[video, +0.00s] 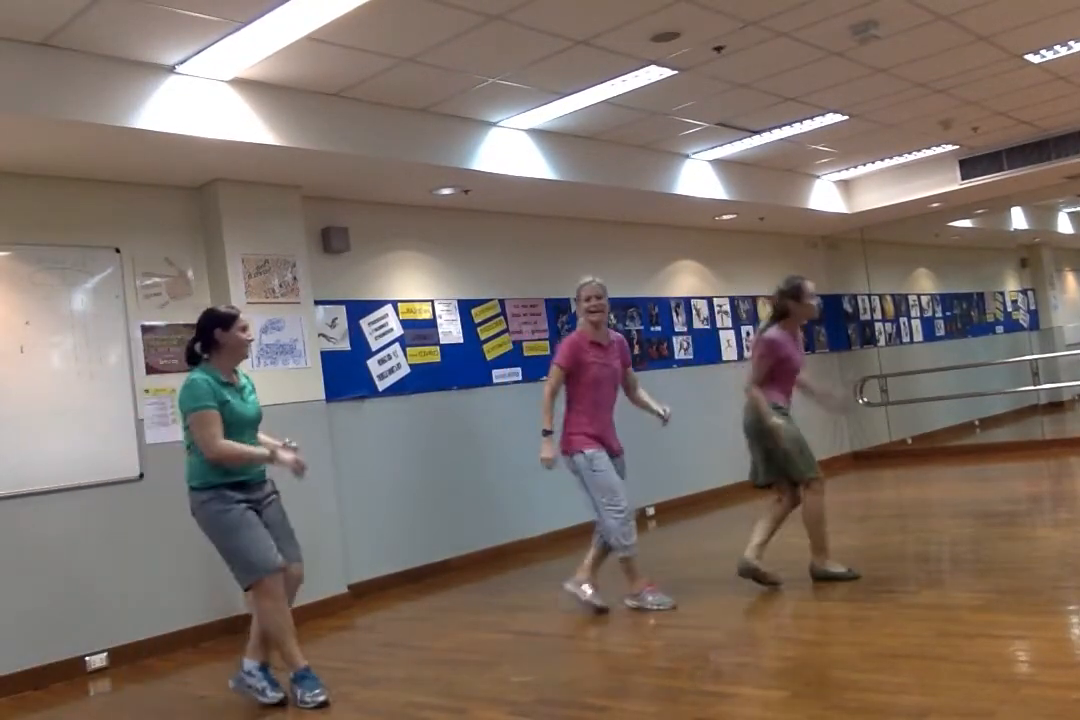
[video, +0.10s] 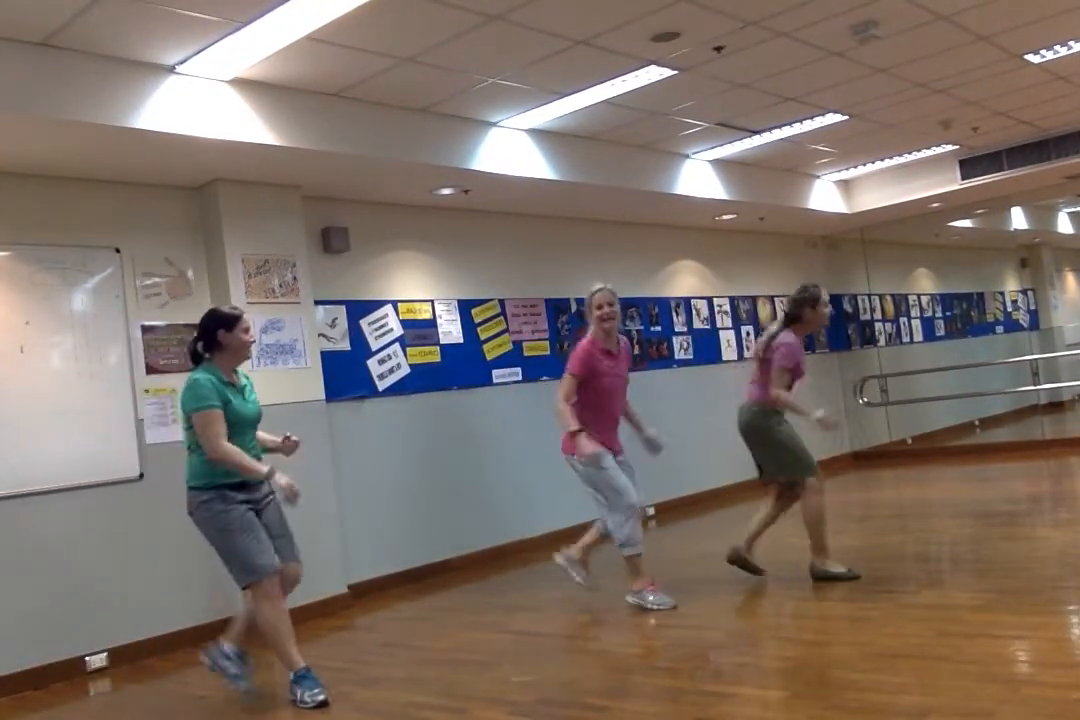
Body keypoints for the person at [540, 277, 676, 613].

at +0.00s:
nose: (594, 304)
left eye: (598, 298)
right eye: (587, 300)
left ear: (608, 303)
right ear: (578, 307)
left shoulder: (618, 343)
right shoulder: (573, 344)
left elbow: (632, 388)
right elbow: (550, 390)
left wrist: (656, 408)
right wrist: (547, 438)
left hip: (609, 438)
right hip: (580, 440)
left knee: (614, 511)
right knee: (617, 508)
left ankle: (582, 579)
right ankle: (636, 588)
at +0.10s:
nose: (607, 311)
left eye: (611, 305)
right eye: (600, 307)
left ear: (619, 309)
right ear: (590, 314)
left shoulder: (623, 347)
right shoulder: (585, 350)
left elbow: (619, 397)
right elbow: (563, 401)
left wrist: (643, 431)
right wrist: (580, 436)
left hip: (612, 442)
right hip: (586, 444)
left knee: (626, 508)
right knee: (627, 503)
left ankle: (576, 553)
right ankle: (640, 584)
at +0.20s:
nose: (609, 319)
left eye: (614, 312)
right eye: (602, 315)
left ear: (621, 316)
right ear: (593, 321)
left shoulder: (621, 349)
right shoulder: (591, 358)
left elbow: (611, 392)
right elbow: (577, 411)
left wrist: (617, 422)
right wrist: (605, 423)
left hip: (606, 442)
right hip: (585, 446)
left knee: (620, 507)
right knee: (633, 503)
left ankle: (565, 543)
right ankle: (640, 585)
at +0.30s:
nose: (608, 325)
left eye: (612, 319)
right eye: (600, 321)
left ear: (619, 321)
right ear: (590, 327)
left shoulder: (611, 350)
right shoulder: (592, 361)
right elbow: (592, 407)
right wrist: (611, 409)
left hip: (602, 445)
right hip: (586, 448)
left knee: (602, 513)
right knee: (632, 499)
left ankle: (566, 553)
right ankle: (640, 583)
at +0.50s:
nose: (594, 333)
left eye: (598, 327)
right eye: (588, 329)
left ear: (602, 328)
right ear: (574, 332)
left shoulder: (589, 359)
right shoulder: (568, 363)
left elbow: (553, 371)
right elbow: (569, 405)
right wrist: (588, 400)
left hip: (580, 446)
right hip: (562, 448)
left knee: (577, 510)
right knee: (596, 507)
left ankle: (562, 570)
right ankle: (629, 580)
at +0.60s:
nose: (588, 333)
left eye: (590, 327)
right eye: (581, 328)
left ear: (591, 330)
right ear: (564, 331)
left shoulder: (585, 359)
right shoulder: (550, 362)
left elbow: (574, 402)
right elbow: (543, 414)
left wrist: (583, 424)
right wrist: (572, 425)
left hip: (566, 442)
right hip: (541, 443)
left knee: (579, 501)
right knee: (580, 494)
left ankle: (567, 571)